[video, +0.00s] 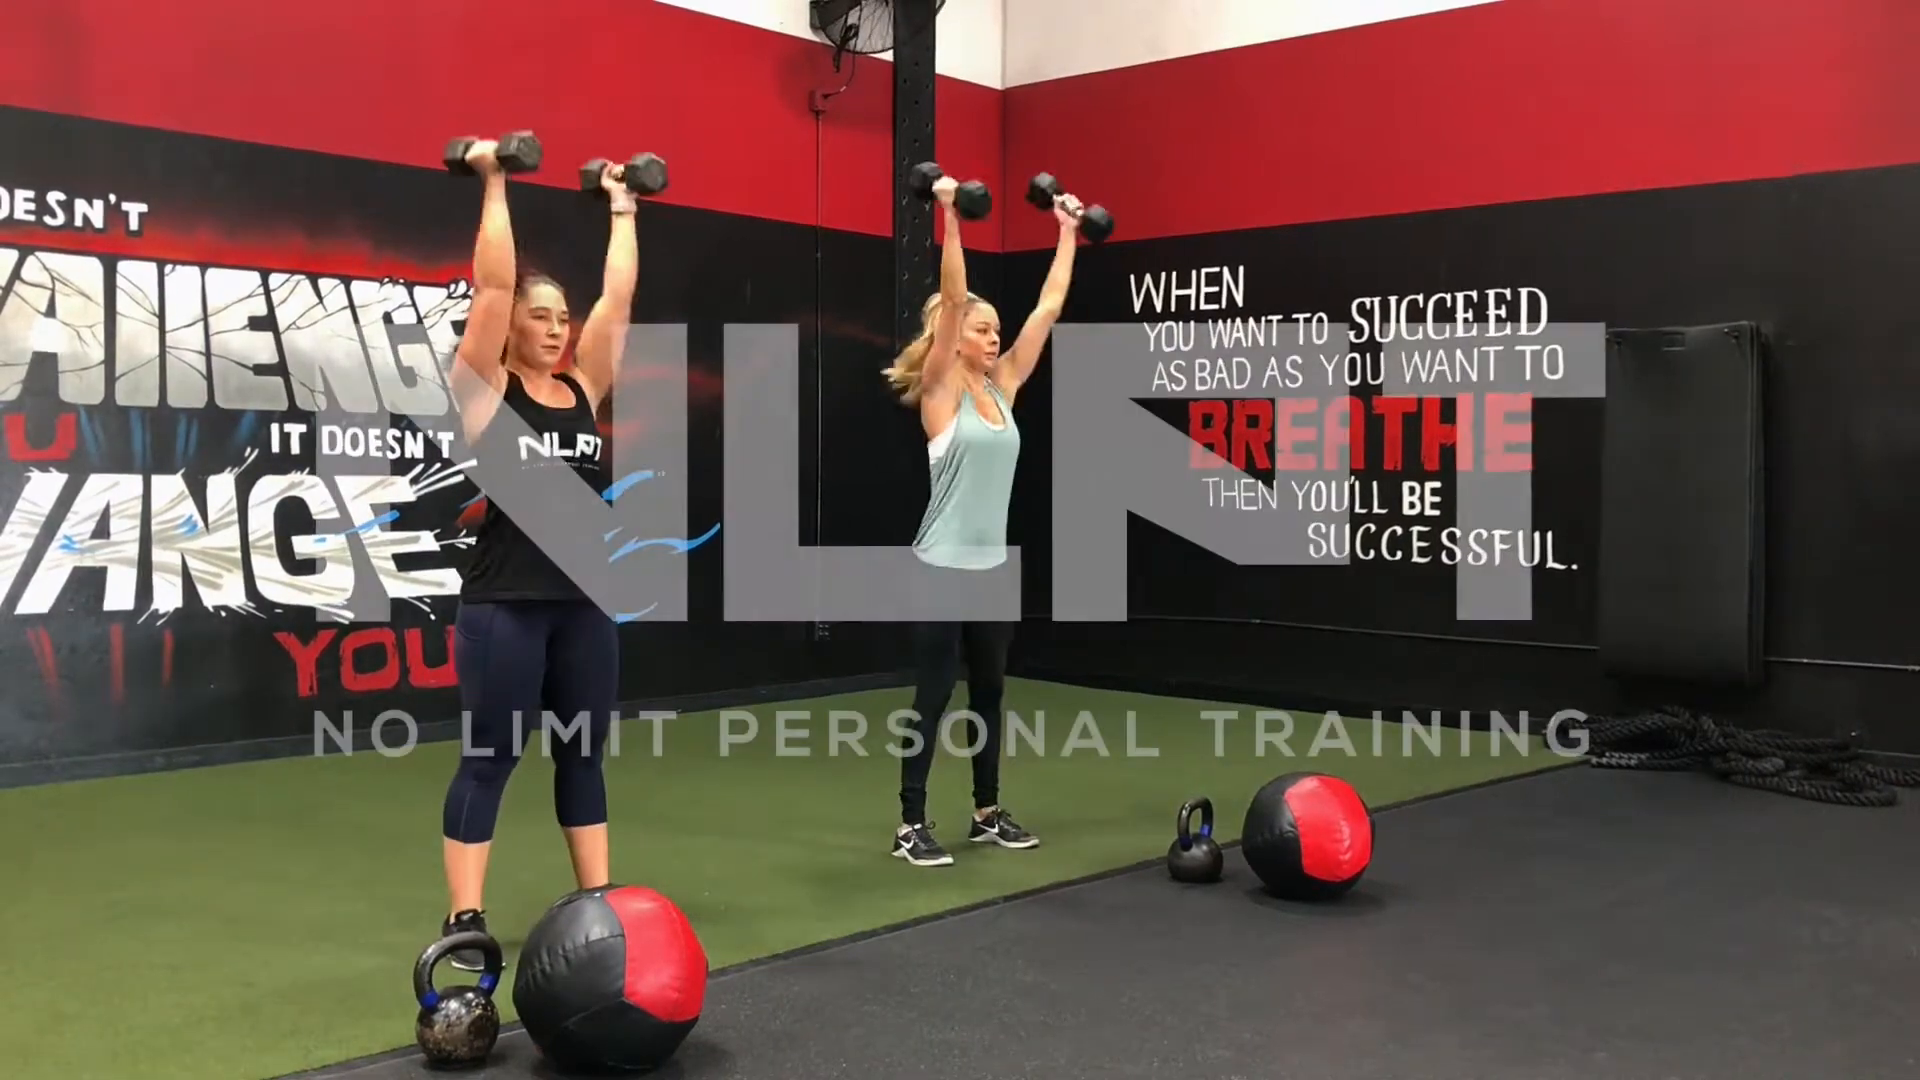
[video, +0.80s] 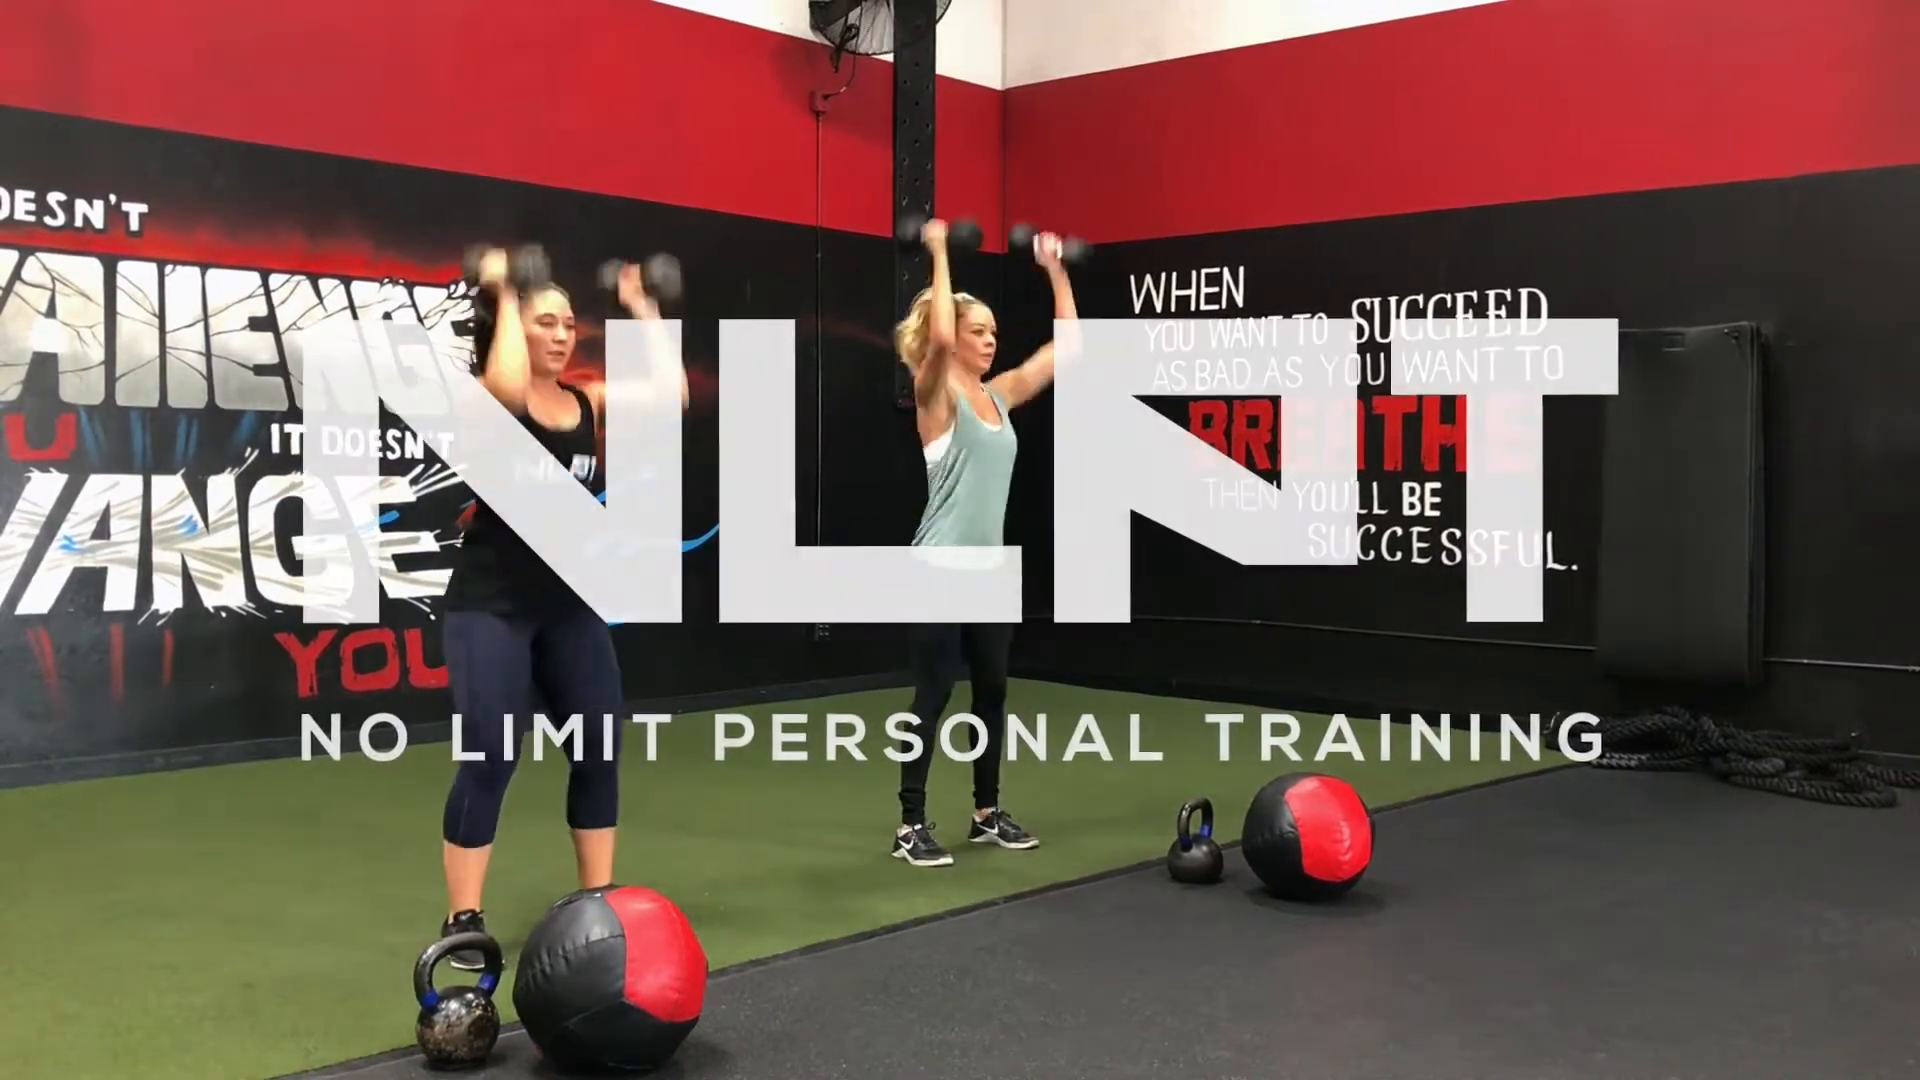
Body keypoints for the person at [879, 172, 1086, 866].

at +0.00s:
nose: (991, 336)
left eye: (994, 329)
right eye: (979, 327)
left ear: (998, 339)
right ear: (950, 332)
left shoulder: (1001, 387)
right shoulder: (943, 391)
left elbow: (1049, 307)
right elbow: (953, 299)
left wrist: (1068, 231)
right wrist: (947, 209)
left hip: (994, 571)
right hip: (938, 570)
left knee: (990, 693)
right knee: (933, 693)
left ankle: (987, 813)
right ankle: (913, 824)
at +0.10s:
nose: (996, 345)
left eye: (998, 337)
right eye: (984, 336)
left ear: (1000, 346)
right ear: (955, 343)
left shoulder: (1003, 398)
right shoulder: (942, 401)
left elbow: (1077, 367)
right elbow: (946, 355)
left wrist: (1075, 293)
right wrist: (950, 277)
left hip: (987, 575)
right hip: (934, 575)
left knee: (1002, 687)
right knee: (945, 691)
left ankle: (988, 814)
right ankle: (913, 826)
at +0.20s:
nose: (1002, 387)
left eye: (1004, 377)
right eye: (990, 378)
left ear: (1006, 386)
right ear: (961, 384)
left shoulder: (1005, 448)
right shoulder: (942, 443)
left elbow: (1079, 482)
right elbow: (959, 491)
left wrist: (1069, 413)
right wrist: (953, 414)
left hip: (969, 607)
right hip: (917, 606)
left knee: (1024, 700)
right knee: (958, 710)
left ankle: (989, 815)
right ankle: (914, 827)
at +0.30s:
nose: (1013, 458)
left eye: (1014, 448)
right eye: (1002, 448)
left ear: (1010, 460)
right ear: (970, 458)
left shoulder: (1009, 521)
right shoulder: (946, 517)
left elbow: (1059, 590)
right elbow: (958, 601)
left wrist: (1060, 522)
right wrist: (953, 518)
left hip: (957, 652)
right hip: (903, 654)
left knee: (1036, 710)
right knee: (962, 724)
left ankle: (990, 814)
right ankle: (916, 828)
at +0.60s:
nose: (1012, 448)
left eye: (1013, 438)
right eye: (1001, 438)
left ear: (1010, 447)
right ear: (968, 448)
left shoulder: (1011, 512)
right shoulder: (942, 509)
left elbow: (1063, 575)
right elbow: (946, 589)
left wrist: (1056, 510)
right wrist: (943, 508)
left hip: (956, 643)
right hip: (902, 644)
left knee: (1034, 708)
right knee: (959, 722)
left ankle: (990, 814)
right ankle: (915, 829)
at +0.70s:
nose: (1000, 370)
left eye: (999, 360)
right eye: (990, 361)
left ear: (992, 369)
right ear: (965, 368)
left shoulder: (1000, 429)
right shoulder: (938, 426)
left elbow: (1073, 458)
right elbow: (944, 469)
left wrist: (1060, 395)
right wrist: (940, 391)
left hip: (976, 593)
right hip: (923, 594)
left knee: (1017, 695)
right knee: (952, 703)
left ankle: (989, 814)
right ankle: (913, 827)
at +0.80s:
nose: (991, 340)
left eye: (993, 331)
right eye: (980, 331)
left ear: (991, 340)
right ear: (948, 337)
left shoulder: (999, 394)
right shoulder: (937, 397)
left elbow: (1065, 348)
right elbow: (936, 334)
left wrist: (1057, 273)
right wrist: (939, 255)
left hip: (992, 568)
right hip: (938, 568)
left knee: (993, 692)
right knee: (933, 692)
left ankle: (988, 814)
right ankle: (913, 826)